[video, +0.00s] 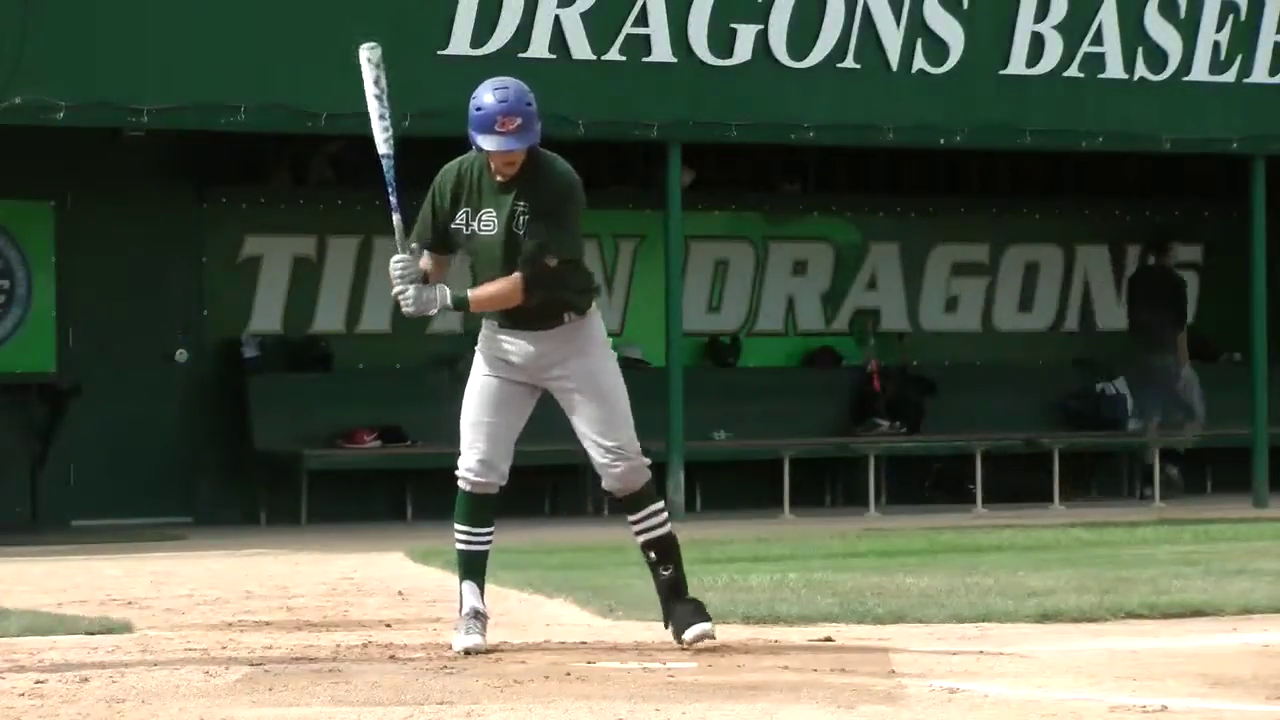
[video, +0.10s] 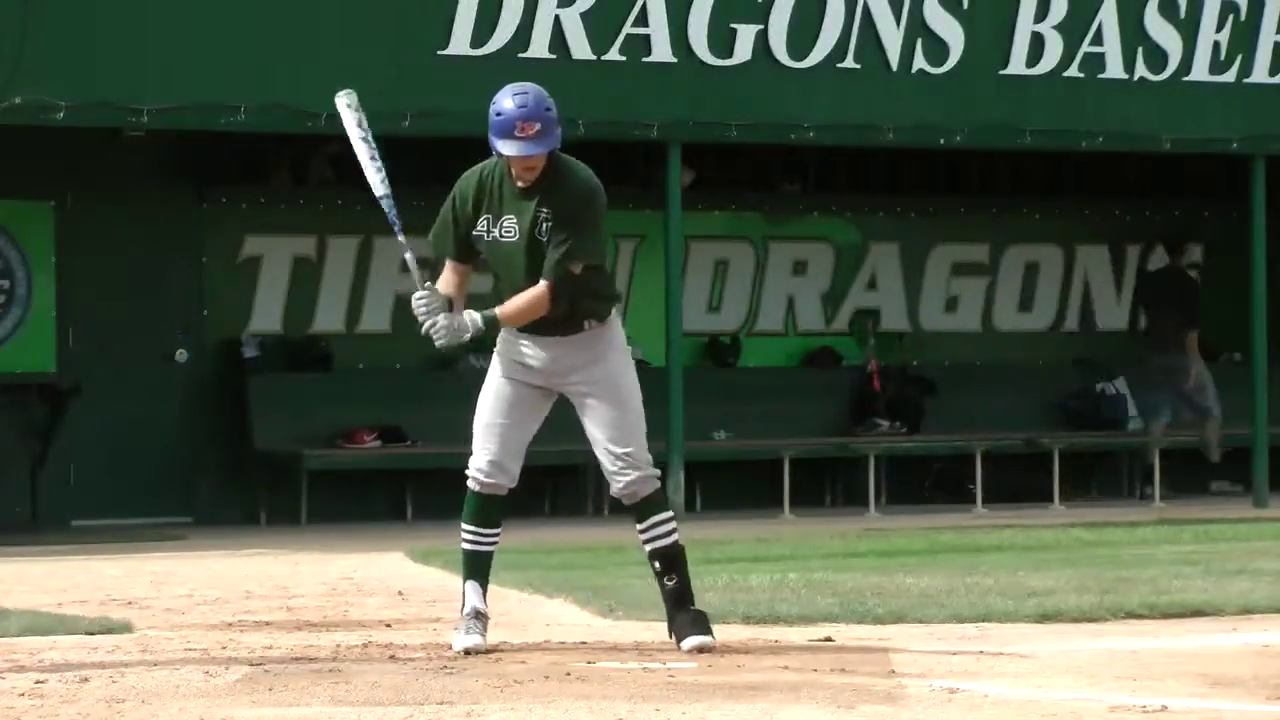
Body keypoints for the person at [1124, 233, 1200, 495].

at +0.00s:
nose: (1174, 256)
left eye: (1171, 251)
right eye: (1172, 251)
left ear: (1149, 251)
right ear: (1169, 252)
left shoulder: (1135, 279)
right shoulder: (1175, 281)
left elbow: (1133, 323)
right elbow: (1180, 325)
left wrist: (1139, 350)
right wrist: (1184, 362)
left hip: (1142, 358)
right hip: (1168, 358)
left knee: (1149, 417)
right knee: (1193, 414)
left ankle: (1146, 480)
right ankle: (1171, 461)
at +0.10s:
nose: (1193, 252)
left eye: (1190, 248)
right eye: (1191, 248)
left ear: (1167, 251)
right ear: (1185, 252)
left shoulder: (1151, 279)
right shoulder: (1188, 283)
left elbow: (1140, 318)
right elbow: (1190, 330)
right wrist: (1194, 366)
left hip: (1156, 354)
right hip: (1183, 357)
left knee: (1157, 416)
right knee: (1211, 411)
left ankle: (1150, 479)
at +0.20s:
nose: (1207, 260)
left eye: (1205, 254)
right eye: (1206, 255)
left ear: (1183, 254)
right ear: (1201, 255)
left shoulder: (1167, 281)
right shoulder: (1204, 283)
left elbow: (1165, 316)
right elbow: (1206, 330)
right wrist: (1210, 368)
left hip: (1173, 356)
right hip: (1200, 358)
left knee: (1172, 414)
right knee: (1222, 418)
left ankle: (1151, 474)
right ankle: (1241, 472)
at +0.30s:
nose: (1222, 260)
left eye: (1220, 255)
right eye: (1220, 255)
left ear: (1198, 254)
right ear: (1216, 256)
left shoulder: (1183, 283)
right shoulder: (1220, 283)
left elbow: (1185, 325)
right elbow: (1224, 332)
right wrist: (1227, 370)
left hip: (1191, 358)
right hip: (1217, 358)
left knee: (1188, 414)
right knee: (1237, 416)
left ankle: (1163, 463)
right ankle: (1245, 475)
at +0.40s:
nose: (1238, 256)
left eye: (1237, 251)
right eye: (1236, 251)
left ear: (1210, 252)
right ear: (1229, 252)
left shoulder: (1199, 279)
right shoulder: (1233, 280)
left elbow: (1200, 317)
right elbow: (1241, 318)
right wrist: (1245, 354)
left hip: (1206, 352)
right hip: (1232, 354)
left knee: (1206, 412)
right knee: (1241, 414)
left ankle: (1197, 469)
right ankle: (1245, 472)